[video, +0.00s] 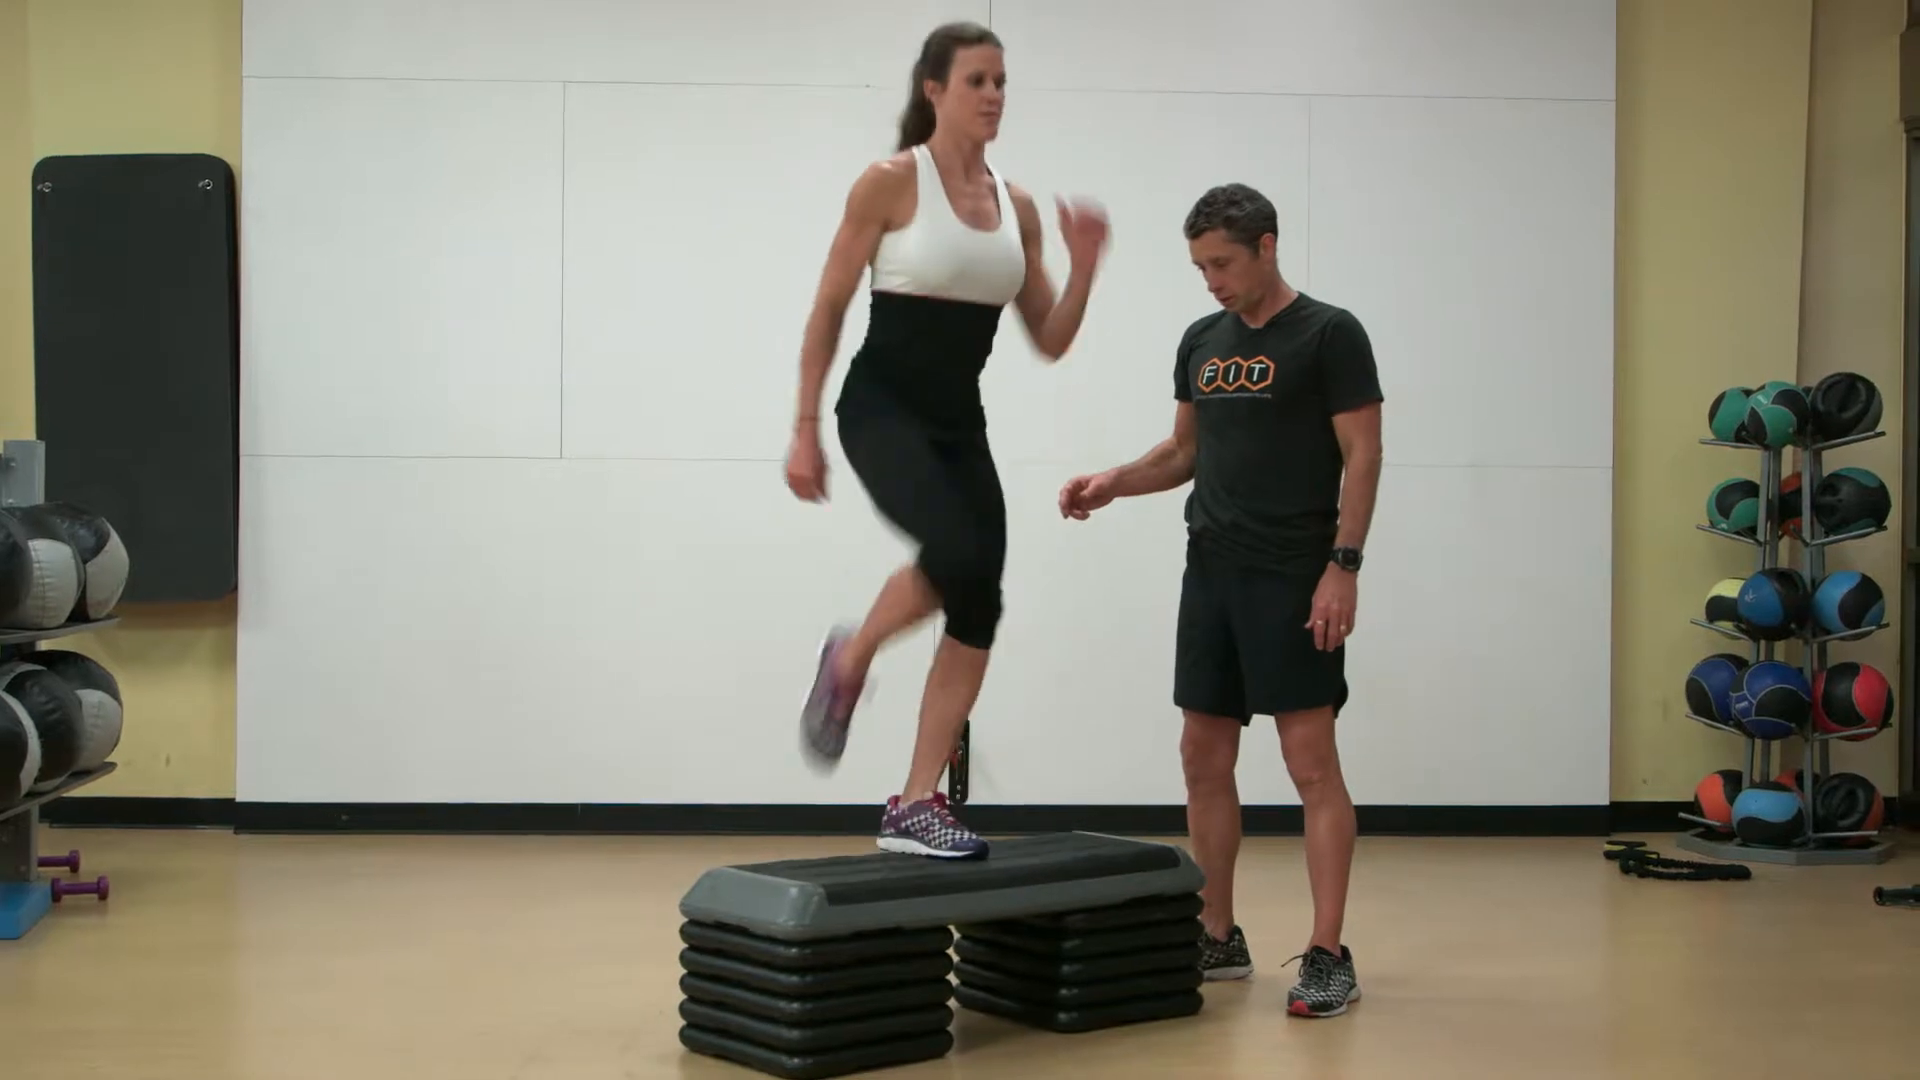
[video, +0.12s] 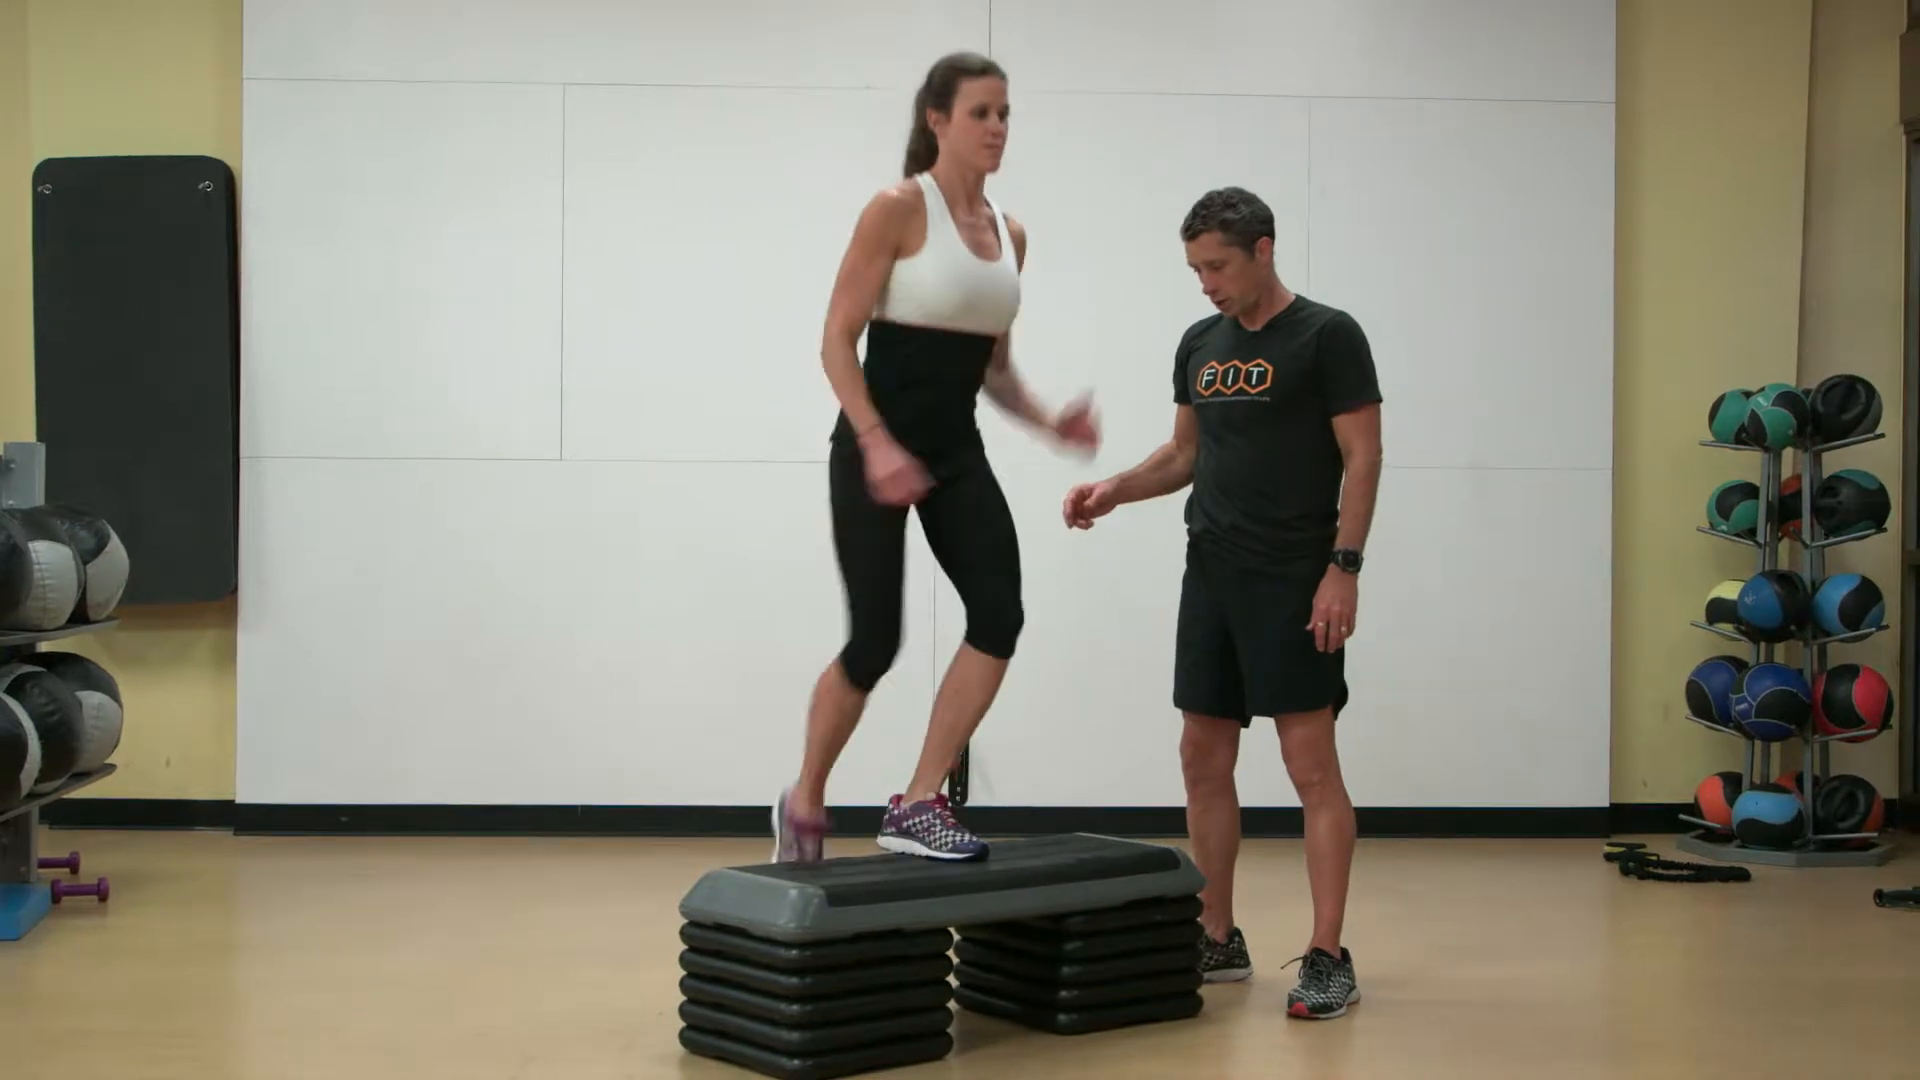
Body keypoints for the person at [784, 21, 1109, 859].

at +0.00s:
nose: (996, 97)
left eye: (1000, 83)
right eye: (980, 82)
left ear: (1002, 95)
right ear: (934, 89)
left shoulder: (1015, 205)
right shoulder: (889, 184)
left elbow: (1050, 338)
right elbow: (830, 307)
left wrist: (1083, 266)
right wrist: (804, 427)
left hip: (959, 414)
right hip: (881, 405)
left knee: (979, 601)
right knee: (959, 550)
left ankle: (918, 803)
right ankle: (850, 659)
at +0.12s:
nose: (999, 129)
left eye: (1004, 114)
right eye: (983, 114)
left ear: (1005, 125)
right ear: (937, 122)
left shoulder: (1008, 234)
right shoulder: (895, 212)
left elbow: (991, 366)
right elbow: (835, 342)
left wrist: (1049, 422)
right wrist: (876, 441)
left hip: (954, 443)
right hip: (876, 439)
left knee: (998, 619)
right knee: (873, 643)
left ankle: (920, 803)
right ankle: (804, 804)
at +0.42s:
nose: (961, 285)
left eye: (968, 271)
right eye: (946, 271)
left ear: (973, 277)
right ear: (901, 273)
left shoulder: (971, 380)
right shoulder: (852, 365)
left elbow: (950, 501)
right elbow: (828, 497)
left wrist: (941, 619)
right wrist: (909, 419)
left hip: (916, 571)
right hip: (839, 575)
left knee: (1002, 642)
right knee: (823, 776)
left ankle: (916, 809)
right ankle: (796, 940)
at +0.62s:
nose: (936, 295)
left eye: (942, 281)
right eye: (920, 280)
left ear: (946, 287)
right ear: (876, 284)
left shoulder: (946, 383)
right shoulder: (829, 372)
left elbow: (925, 499)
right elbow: (795, 502)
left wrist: (916, 612)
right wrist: (872, 424)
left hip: (899, 575)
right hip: (824, 580)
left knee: (983, 625)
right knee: (815, 783)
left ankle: (923, 805)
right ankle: (792, 950)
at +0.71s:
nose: (932, 297)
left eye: (938, 283)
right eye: (916, 283)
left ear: (944, 290)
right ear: (872, 288)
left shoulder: (944, 388)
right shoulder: (825, 376)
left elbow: (920, 502)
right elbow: (796, 502)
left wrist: (911, 616)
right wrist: (870, 419)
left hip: (898, 576)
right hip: (824, 580)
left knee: (982, 627)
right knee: (814, 784)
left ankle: (925, 811)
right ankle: (793, 949)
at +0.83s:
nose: (941, 304)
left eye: (946, 289)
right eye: (924, 289)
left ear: (952, 296)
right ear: (880, 296)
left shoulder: (952, 395)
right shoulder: (835, 382)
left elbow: (922, 508)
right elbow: (811, 511)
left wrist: (909, 619)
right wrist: (884, 425)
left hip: (904, 583)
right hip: (830, 589)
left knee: (991, 637)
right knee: (819, 792)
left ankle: (940, 822)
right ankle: (791, 958)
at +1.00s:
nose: (971, 289)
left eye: (977, 275)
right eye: (955, 275)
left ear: (981, 282)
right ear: (909, 282)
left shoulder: (980, 379)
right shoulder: (867, 367)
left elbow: (953, 500)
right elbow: (846, 497)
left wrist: (945, 615)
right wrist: (952, 454)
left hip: (930, 570)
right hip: (855, 576)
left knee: (1012, 656)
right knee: (832, 768)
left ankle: (943, 833)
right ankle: (801, 939)